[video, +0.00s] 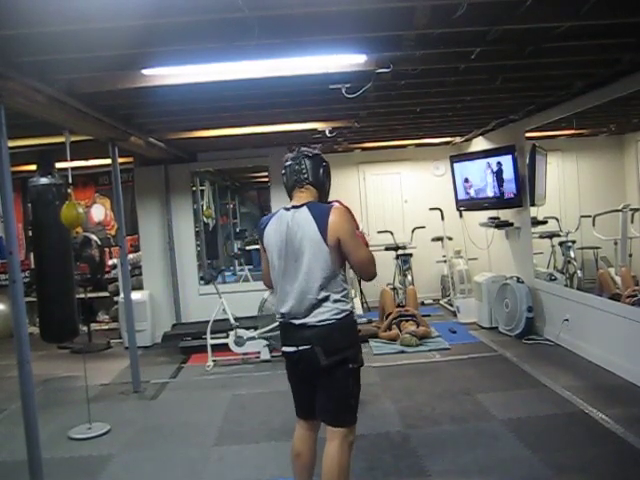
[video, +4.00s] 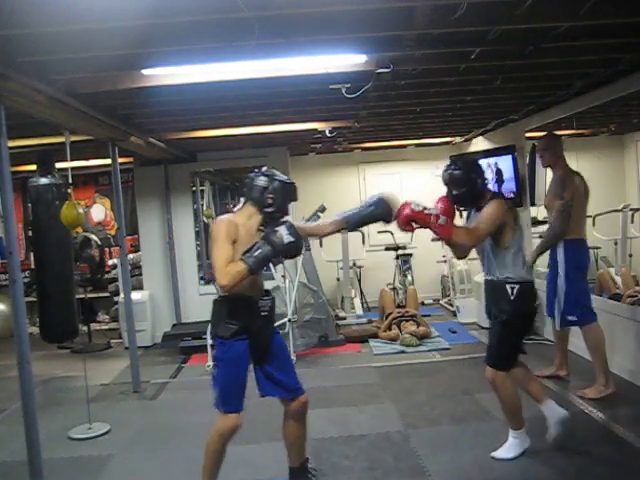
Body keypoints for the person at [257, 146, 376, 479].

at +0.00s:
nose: (328, 182)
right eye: (326, 177)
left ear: (288, 183)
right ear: (321, 179)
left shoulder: (269, 226)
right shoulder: (334, 214)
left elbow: (270, 281)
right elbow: (367, 270)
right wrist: (356, 241)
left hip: (293, 339)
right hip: (335, 337)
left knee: (305, 423)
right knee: (339, 432)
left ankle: (302, 477)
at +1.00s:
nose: (326, 186)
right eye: (324, 181)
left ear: (286, 186)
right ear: (321, 182)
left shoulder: (270, 227)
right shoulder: (336, 213)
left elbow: (263, 280)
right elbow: (370, 268)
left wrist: (292, 254)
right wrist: (347, 240)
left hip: (290, 340)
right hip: (333, 338)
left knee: (303, 423)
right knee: (336, 432)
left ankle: (301, 476)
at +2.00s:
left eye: (339, 179)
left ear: (340, 184)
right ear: (379, 176)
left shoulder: (329, 228)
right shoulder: (404, 210)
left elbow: (326, 288)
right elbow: (435, 263)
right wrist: (403, 234)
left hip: (355, 349)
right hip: (403, 346)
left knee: (361, 429)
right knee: (404, 448)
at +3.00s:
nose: (457, 197)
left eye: (456, 188)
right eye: (454, 190)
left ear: (473, 179)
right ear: (495, 174)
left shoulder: (487, 218)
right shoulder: (551, 204)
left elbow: (463, 288)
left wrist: (441, 247)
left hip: (507, 339)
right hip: (559, 335)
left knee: (472, 412)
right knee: (554, 436)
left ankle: (492, 475)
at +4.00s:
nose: (455, 197)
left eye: (455, 190)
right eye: (452, 191)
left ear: (470, 187)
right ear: (476, 185)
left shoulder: (498, 207)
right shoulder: (482, 212)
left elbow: (470, 239)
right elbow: (463, 252)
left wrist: (431, 220)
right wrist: (444, 228)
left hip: (515, 294)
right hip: (500, 293)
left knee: (495, 373)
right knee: (509, 363)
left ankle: (518, 436)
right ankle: (552, 409)